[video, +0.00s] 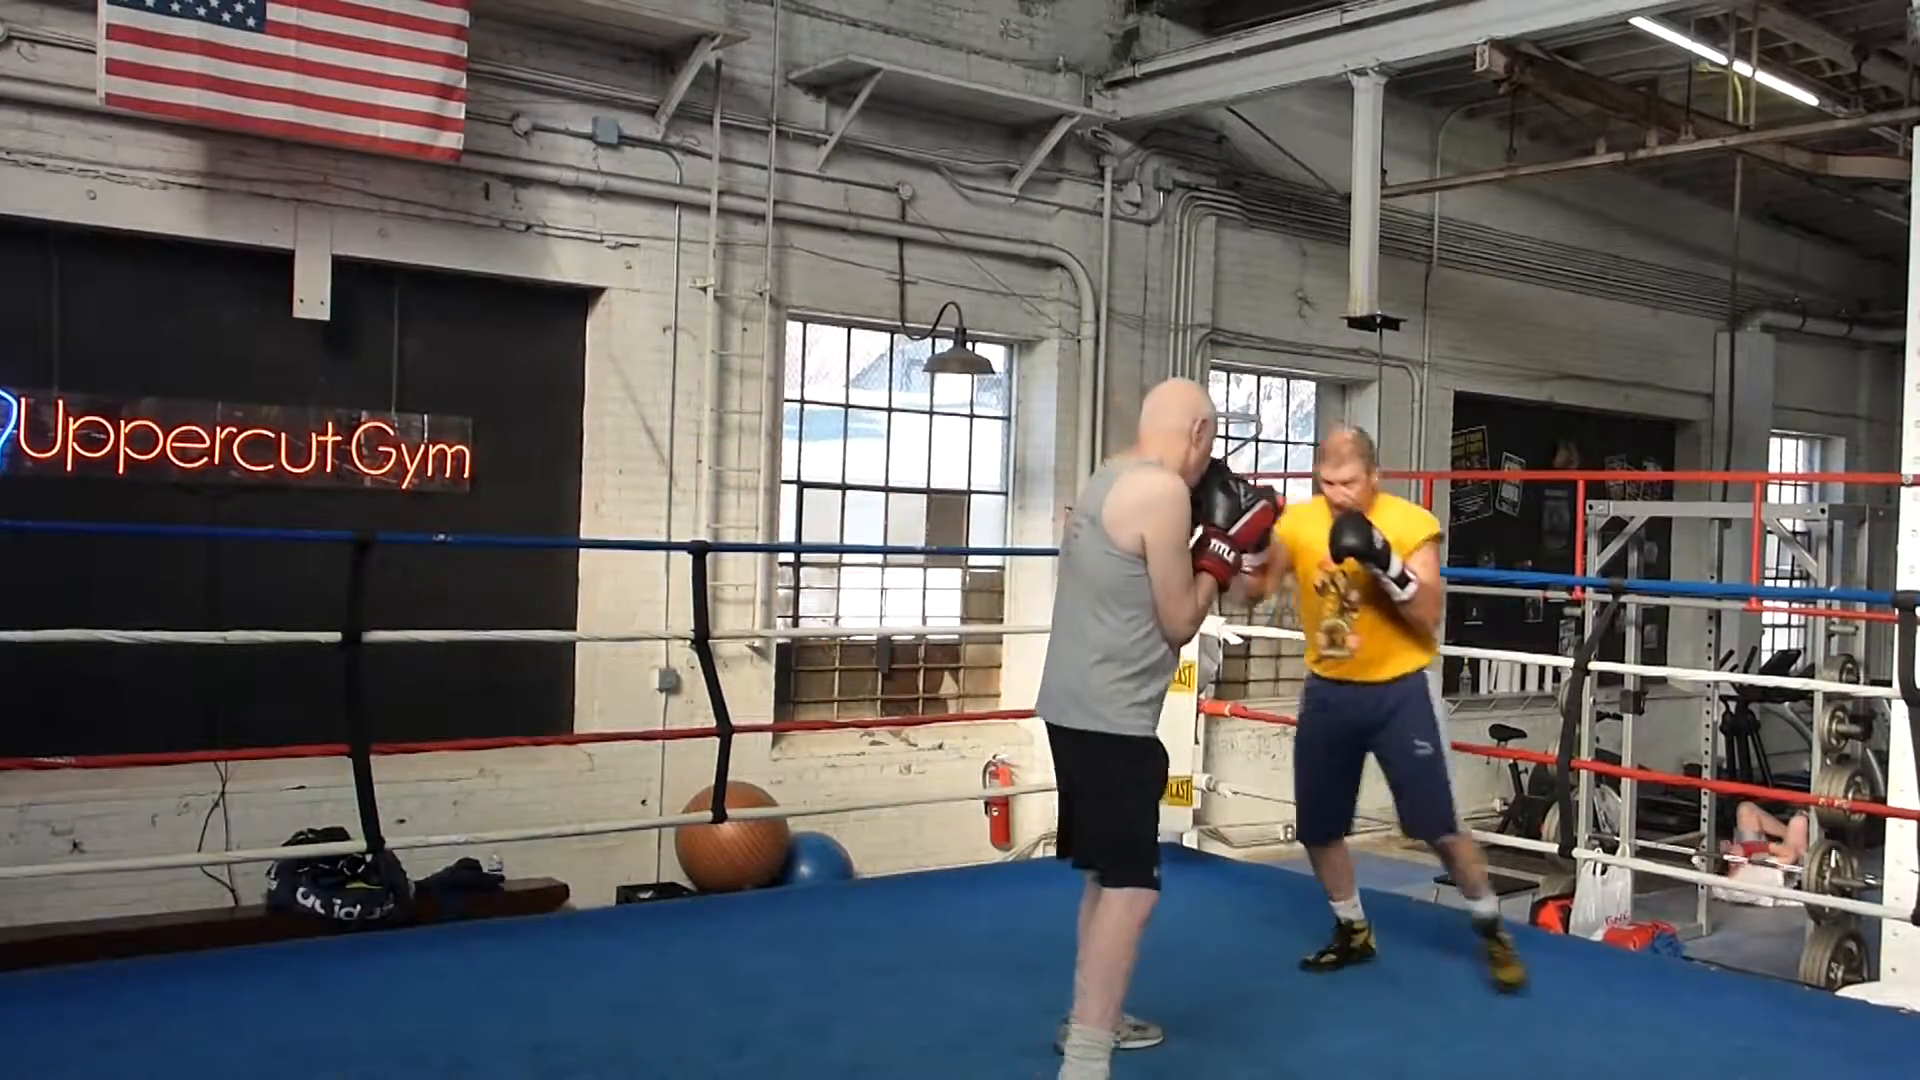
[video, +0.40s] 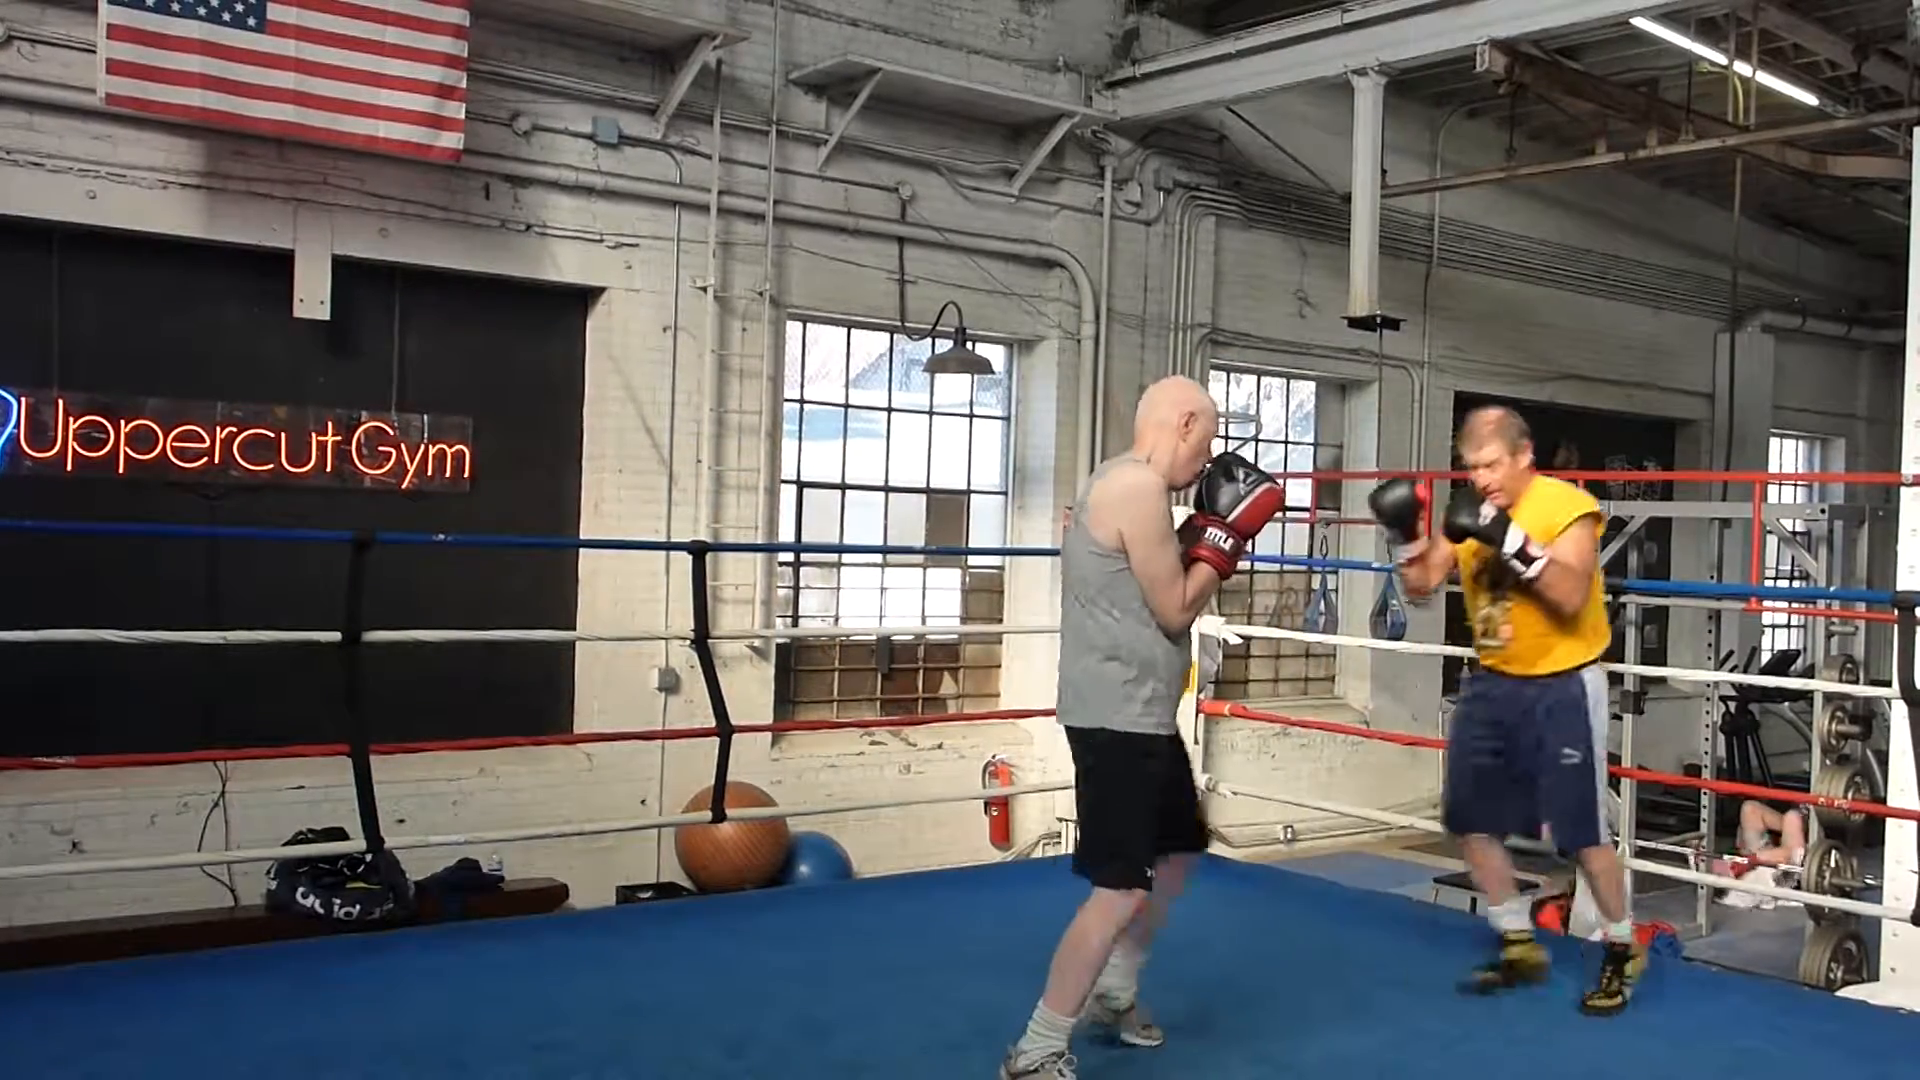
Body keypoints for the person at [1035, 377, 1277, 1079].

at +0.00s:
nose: (1211, 453)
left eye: (1213, 441)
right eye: (1212, 439)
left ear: (1148, 423)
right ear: (1194, 432)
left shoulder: (1104, 483)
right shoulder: (1161, 493)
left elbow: (1133, 596)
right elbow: (1180, 622)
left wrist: (1208, 547)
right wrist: (1220, 558)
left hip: (1076, 710)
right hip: (1115, 721)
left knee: (1106, 878)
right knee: (1133, 890)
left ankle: (1094, 1018)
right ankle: (1085, 1059)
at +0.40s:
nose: (1207, 462)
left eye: (1211, 449)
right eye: (1208, 444)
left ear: (1159, 423)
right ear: (1181, 425)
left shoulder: (1118, 482)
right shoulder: (1137, 486)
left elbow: (1161, 599)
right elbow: (1176, 610)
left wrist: (1206, 532)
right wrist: (1224, 538)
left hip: (1133, 715)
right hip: (1117, 718)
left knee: (1179, 852)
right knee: (1122, 888)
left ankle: (1114, 994)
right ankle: (1039, 1052)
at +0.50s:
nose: (1211, 464)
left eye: (1214, 451)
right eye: (1211, 447)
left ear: (1162, 432)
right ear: (1183, 434)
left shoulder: (1123, 496)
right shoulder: (1133, 503)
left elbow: (1163, 602)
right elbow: (1176, 620)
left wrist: (1207, 535)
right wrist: (1229, 543)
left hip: (1156, 720)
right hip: (1130, 727)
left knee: (1225, 827)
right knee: (1138, 893)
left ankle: (1152, 981)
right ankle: (1040, 1053)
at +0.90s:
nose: (1283, 457)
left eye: (1287, 445)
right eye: (1281, 442)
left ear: (1249, 425)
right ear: (1245, 424)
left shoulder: (1238, 497)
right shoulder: (1178, 484)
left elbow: (1263, 602)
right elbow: (1220, 603)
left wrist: (1300, 535)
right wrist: (1282, 536)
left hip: (1248, 712)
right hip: (1186, 713)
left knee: (1249, 861)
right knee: (1178, 868)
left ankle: (1236, 1011)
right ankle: (1108, 1024)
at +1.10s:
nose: (1297, 470)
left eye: (1301, 458)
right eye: (1293, 454)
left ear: (1260, 445)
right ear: (1251, 441)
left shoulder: (1264, 520)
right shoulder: (1184, 506)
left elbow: (1292, 618)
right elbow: (1227, 624)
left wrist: (1324, 542)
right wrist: (1292, 546)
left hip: (1281, 726)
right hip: (1205, 736)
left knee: (1358, 849)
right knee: (1197, 891)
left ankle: (1286, 977)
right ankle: (1131, 1025)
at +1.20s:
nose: (1320, 478)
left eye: (1322, 466)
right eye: (1313, 463)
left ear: (1278, 453)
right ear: (1271, 453)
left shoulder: (1291, 523)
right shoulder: (1201, 518)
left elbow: (1313, 632)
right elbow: (1227, 641)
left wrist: (1342, 568)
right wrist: (1301, 562)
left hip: (1303, 731)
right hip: (1224, 744)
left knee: (1388, 854)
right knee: (1211, 899)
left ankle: (1373, 1006)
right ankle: (1133, 1027)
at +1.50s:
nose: (1429, 462)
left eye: (1426, 449)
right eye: (1418, 447)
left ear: (1374, 450)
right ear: (1375, 448)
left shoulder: (1373, 521)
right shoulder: (1344, 507)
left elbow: (1396, 638)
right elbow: (1445, 594)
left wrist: (1440, 565)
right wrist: (1530, 554)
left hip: (1390, 743)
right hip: (1317, 744)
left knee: (1448, 877)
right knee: (1255, 893)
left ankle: (1465, 1031)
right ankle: (1151, 1017)